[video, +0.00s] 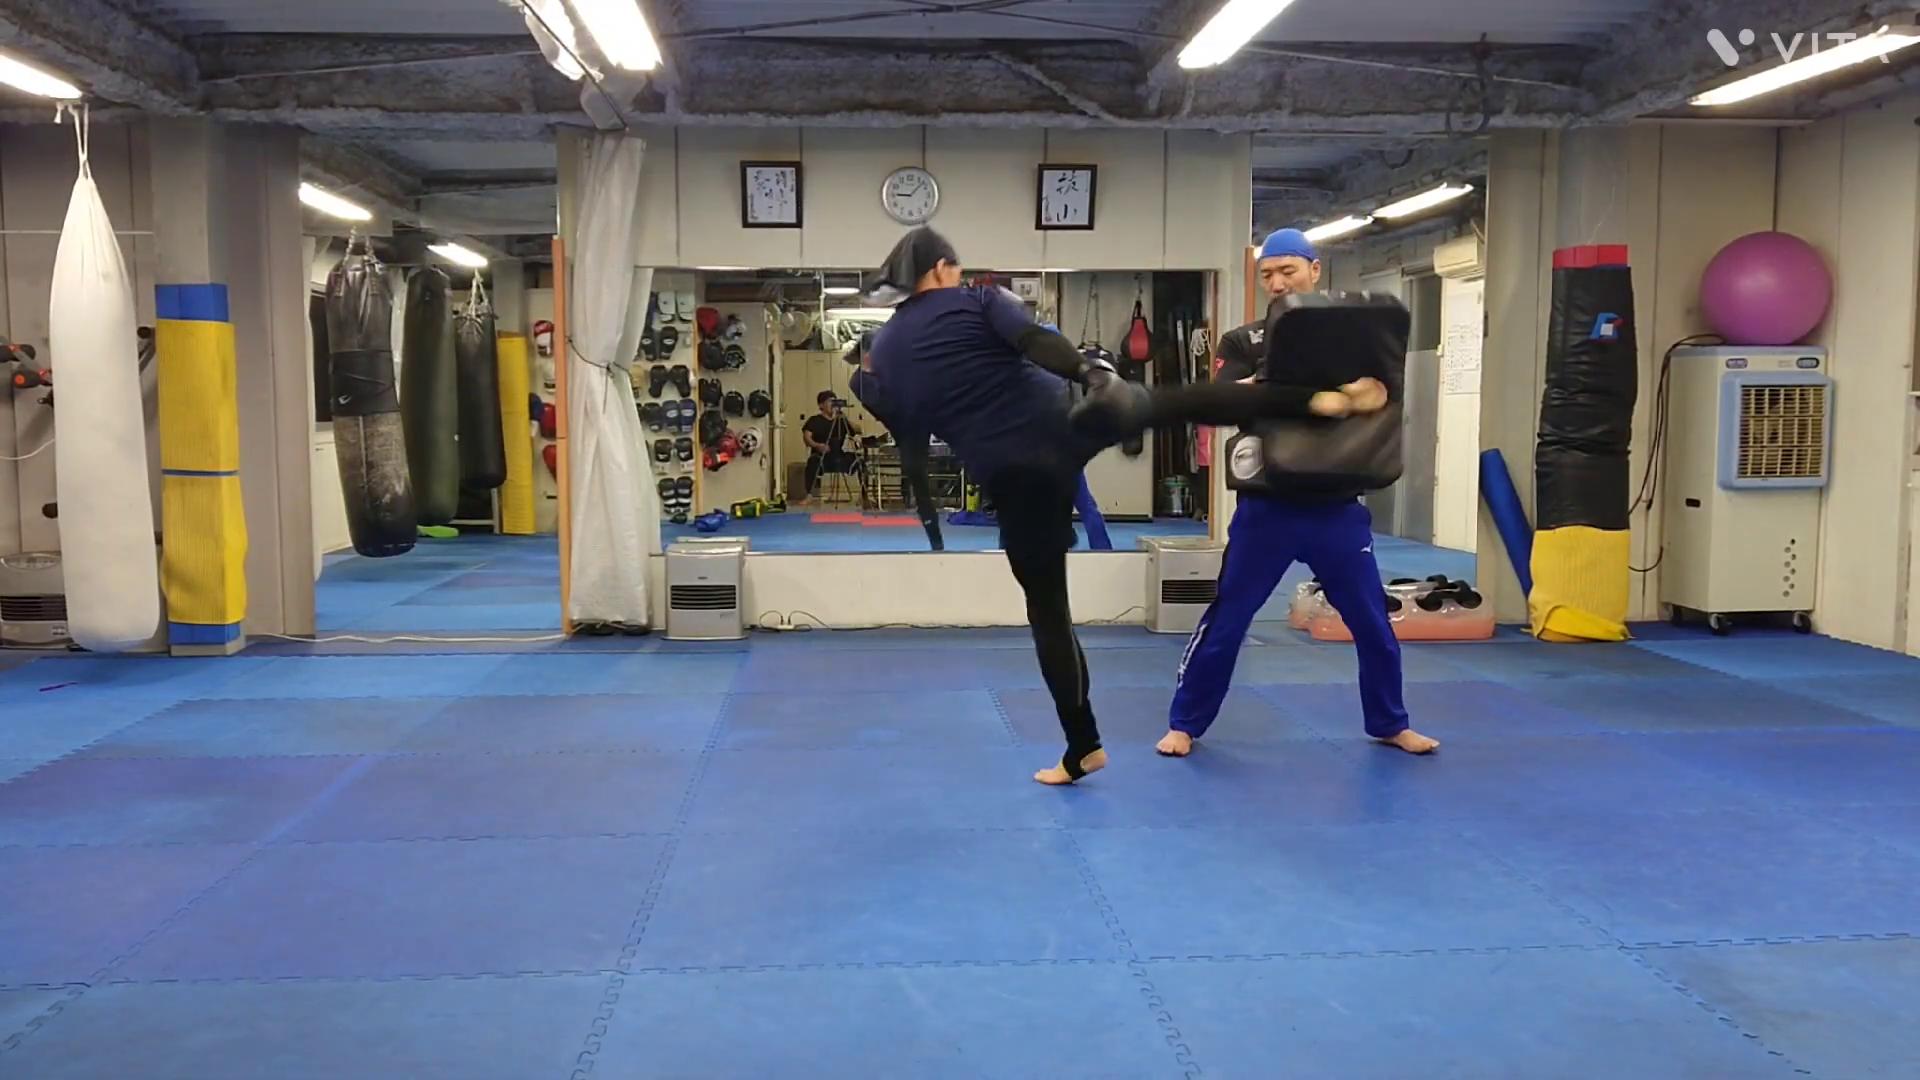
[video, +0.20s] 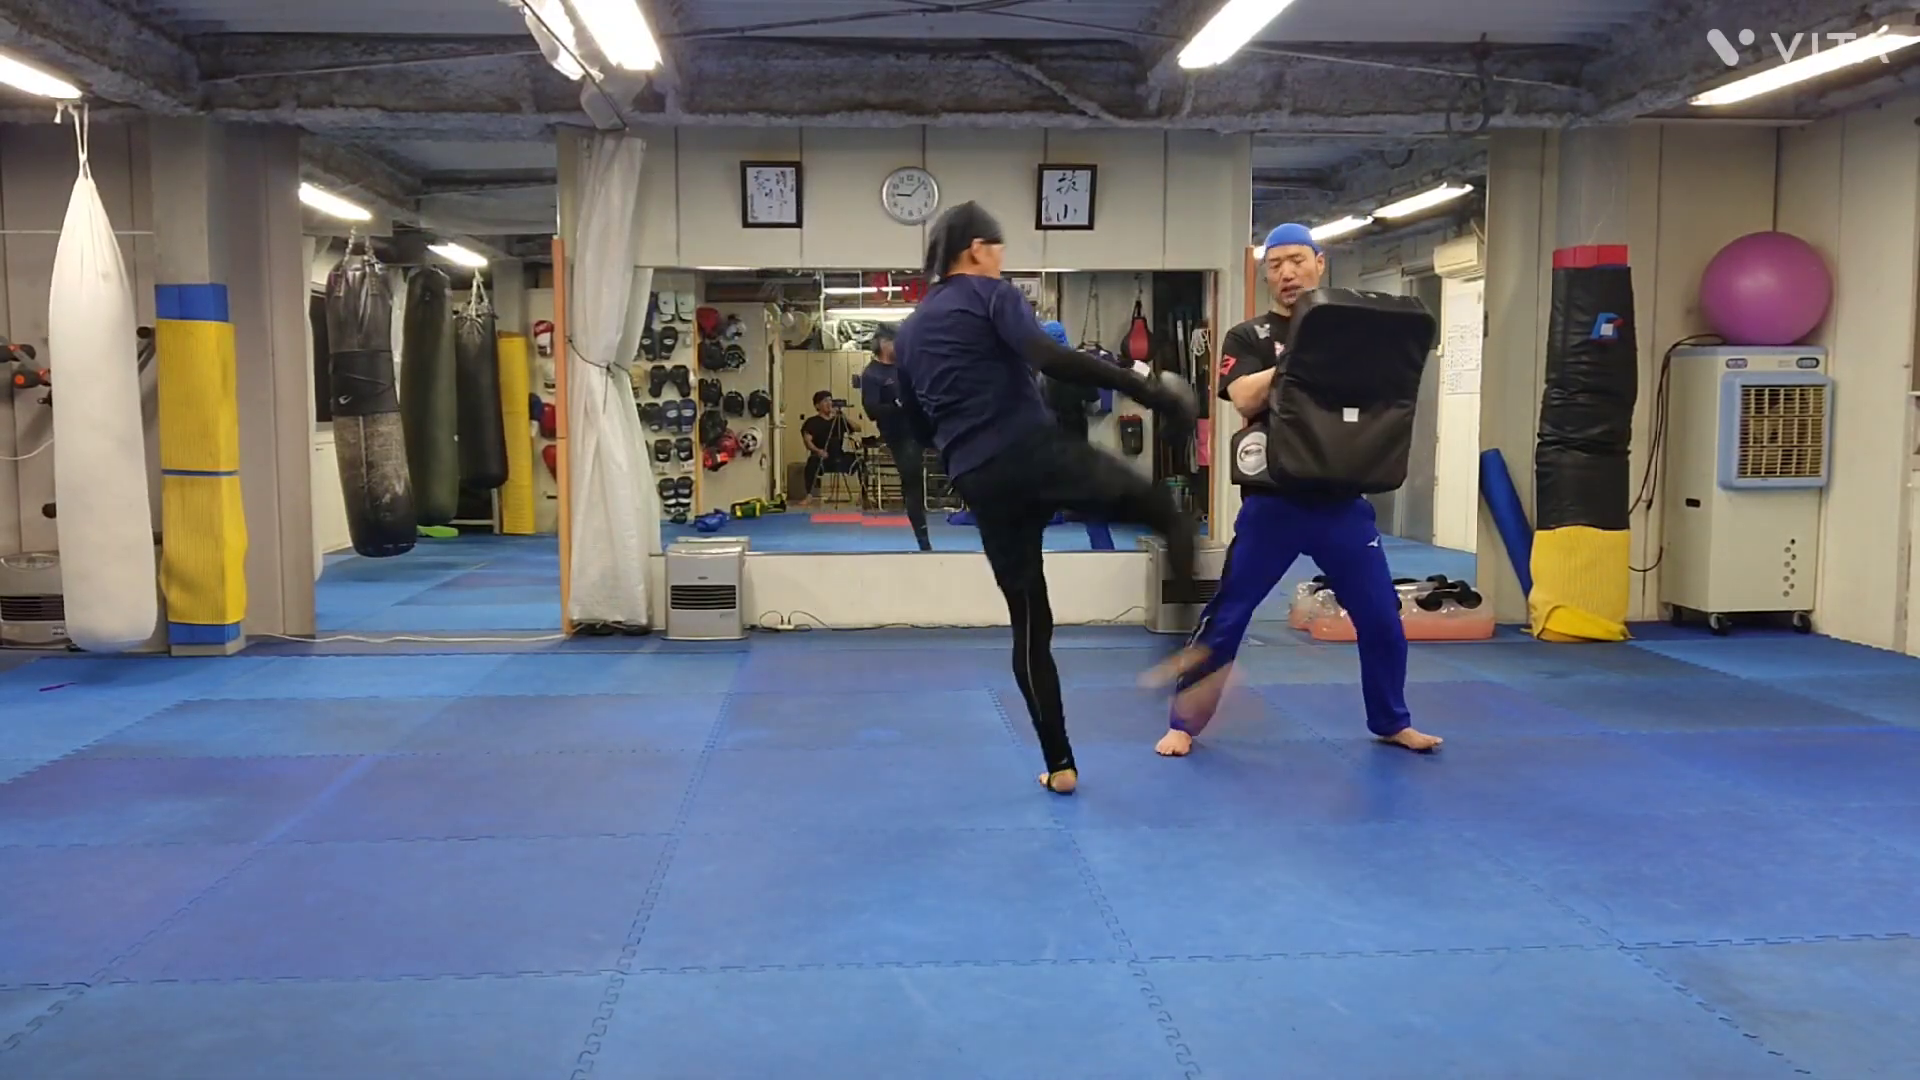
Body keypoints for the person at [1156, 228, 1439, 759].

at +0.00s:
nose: (1278, 282)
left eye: (1288, 271)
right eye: (1269, 274)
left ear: (1315, 271)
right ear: (1260, 281)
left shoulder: (1349, 334)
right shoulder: (1242, 343)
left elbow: (1383, 393)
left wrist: (1262, 391)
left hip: (1337, 509)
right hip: (1264, 509)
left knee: (1374, 624)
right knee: (1225, 620)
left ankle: (1389, 724)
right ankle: (1184, 725)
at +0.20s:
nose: (1287, 272)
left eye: (1296, 260)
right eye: (1276, 264)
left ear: (1320, 265)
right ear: (1266, 277)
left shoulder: (1348, 327)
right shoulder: (1248, 336)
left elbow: (1373, 389)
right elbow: (1244, 399)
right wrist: (1302, 356)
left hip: (1342, 505)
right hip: (1271, 505)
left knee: (1382, 619)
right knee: (1227, 614)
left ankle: (1390, 723)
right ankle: (1183, 726)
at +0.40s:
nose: (1325, 262)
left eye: (1335, 251)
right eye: (1313, 256)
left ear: (1358, 261)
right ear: (1302, 272)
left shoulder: (1382, 331)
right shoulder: (1280, 334)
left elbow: (1409, 399)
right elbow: (1273, 406)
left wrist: (1354, 366)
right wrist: (1326, 376)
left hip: (1376, 507)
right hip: (1304, 507)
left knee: (1407, 624)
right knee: (1253, 615)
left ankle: (1396, 725)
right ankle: (1192, 722)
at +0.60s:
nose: (1364, 252)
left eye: (1375, 240)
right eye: (1353, 243)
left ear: (1398, 247)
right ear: (1341, 255)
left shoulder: (1421, 319)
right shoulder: (1318, 319)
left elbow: (1444, 388)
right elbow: (1304, 394)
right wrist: (1360, 364)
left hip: (1404, 491)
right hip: (1335, 490)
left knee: (1410, 619)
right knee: (1314, 607)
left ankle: (1396, 722)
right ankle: (1264, 719)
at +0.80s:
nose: (1384, 250)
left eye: (1396, 238)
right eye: (1374, 242)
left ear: (1422, 247)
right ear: (1364, 255)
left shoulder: (1446, 320)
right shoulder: (1338, 321)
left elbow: (1468, 391)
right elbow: (1323, 400)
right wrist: (1382, 373)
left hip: (1423, 487)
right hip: (1356, 487)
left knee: (1414, 614)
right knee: (1365, 614)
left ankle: (1399, 723)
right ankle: (1373, 743)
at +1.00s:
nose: (1378, 247)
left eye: (1388, 234)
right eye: (1366, 241)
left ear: (1415, 239)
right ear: (1358, 257)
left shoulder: (1455, 315)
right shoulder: (1342, 326)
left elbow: (1485, 385)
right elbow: (1339, 410)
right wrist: (1403, 379)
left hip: (1442, 494)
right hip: (1372, 495)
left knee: (1439, 624)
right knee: (1389, 626)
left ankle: (1407, 715)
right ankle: (1399, 760)